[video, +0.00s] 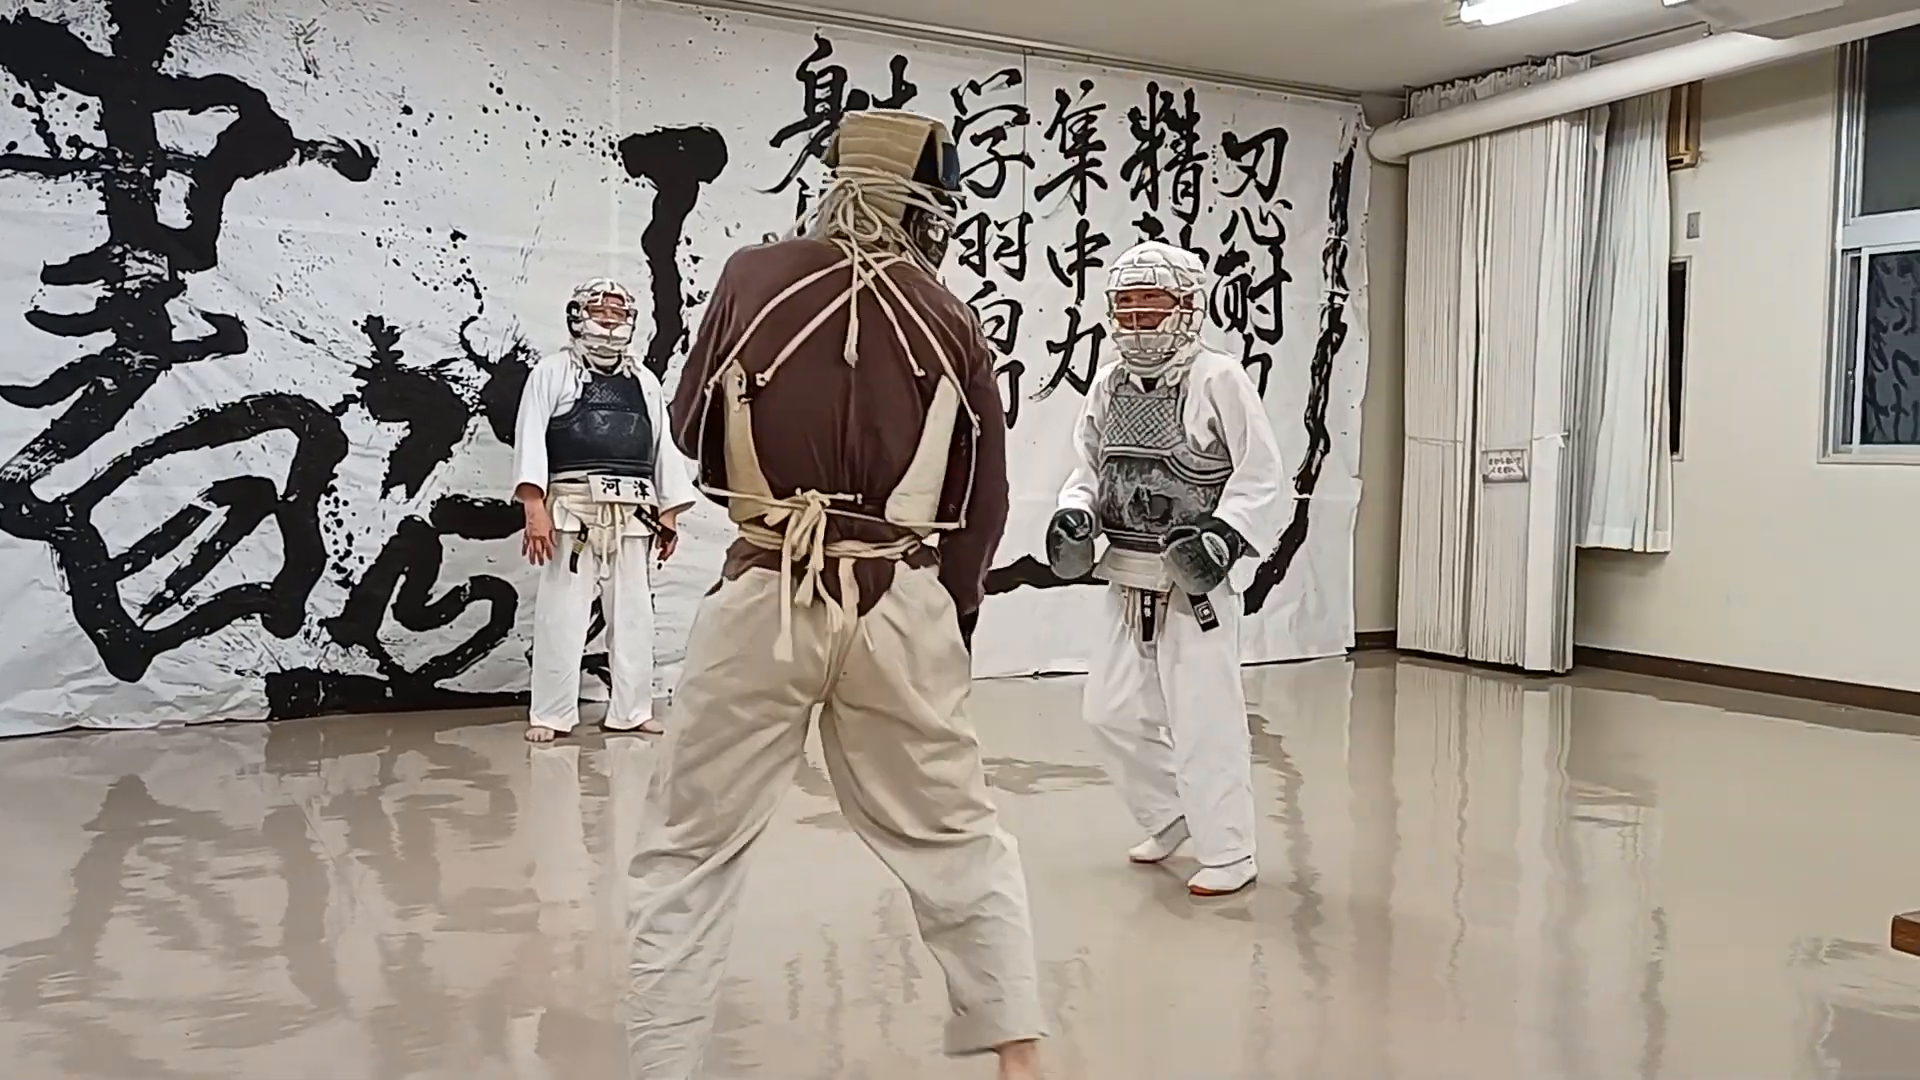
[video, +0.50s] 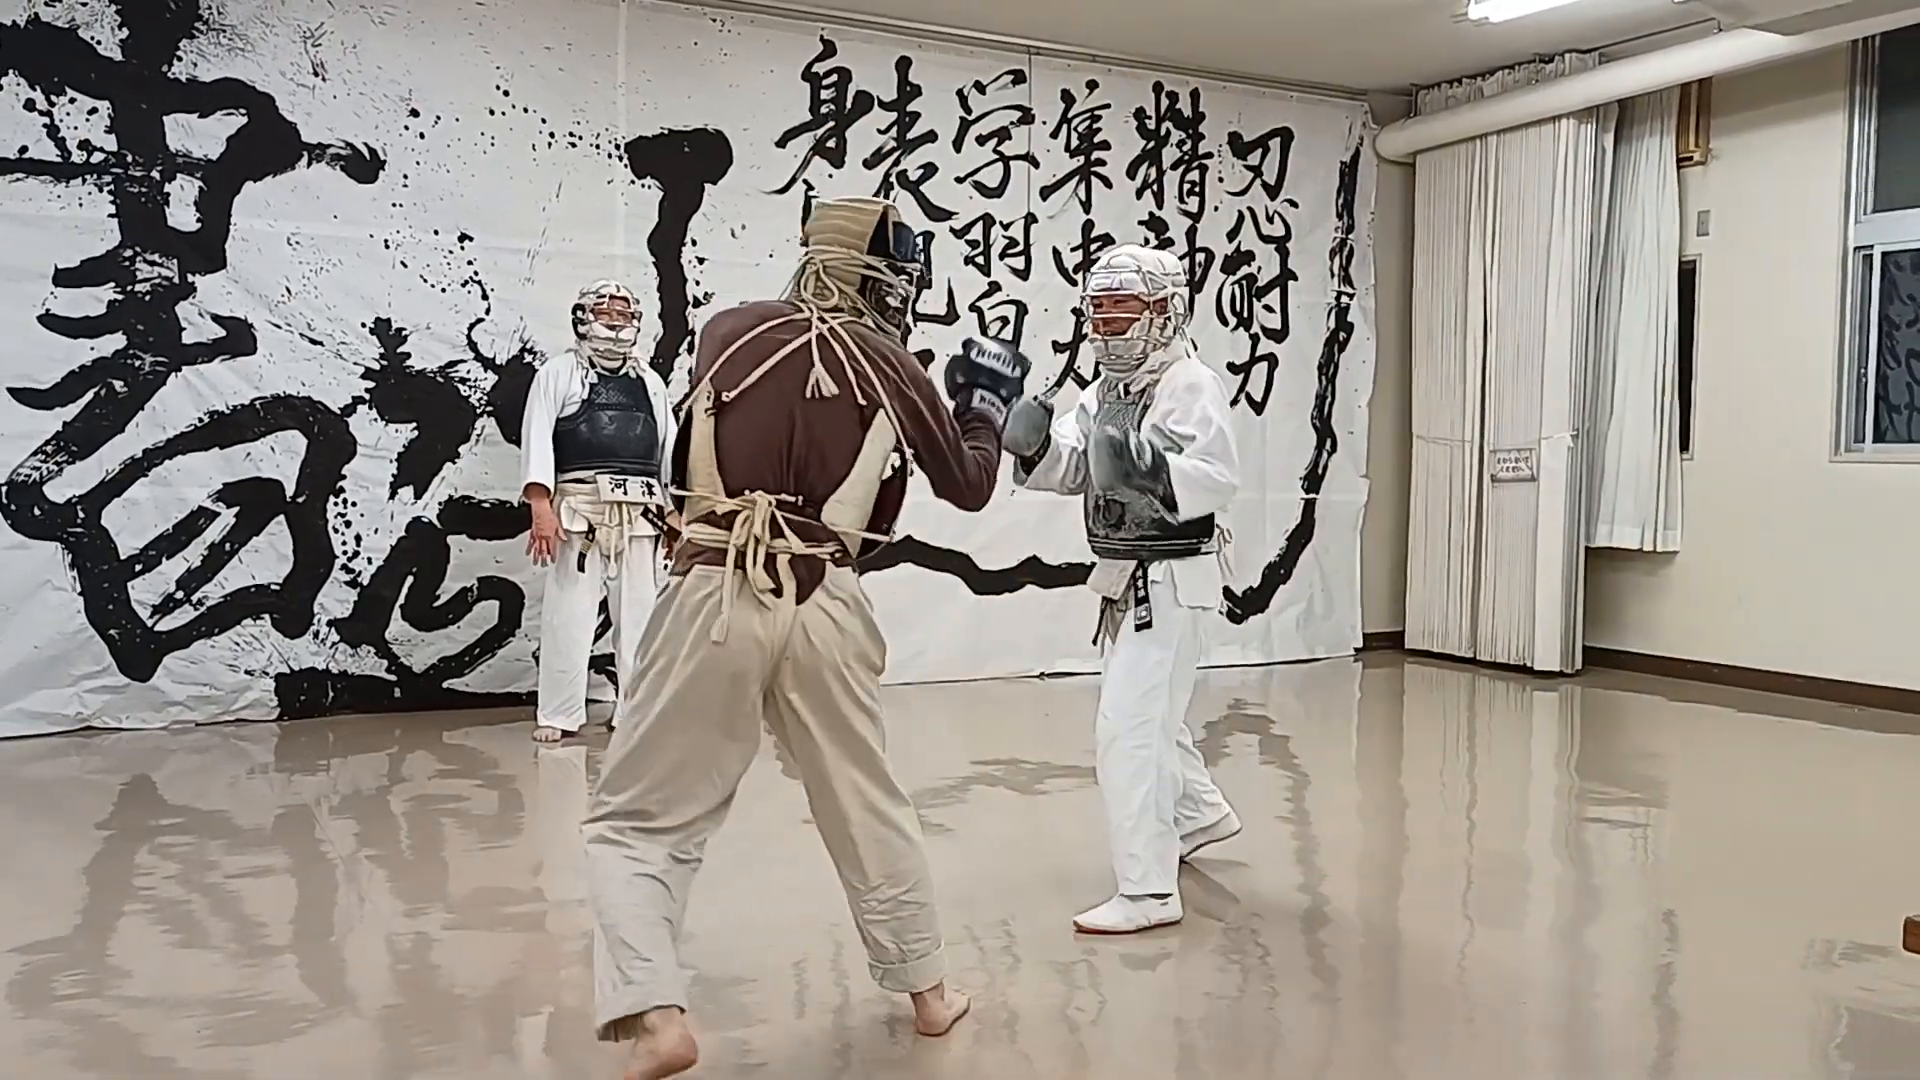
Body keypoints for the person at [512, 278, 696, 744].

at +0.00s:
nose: (610, 318)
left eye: (619, 312)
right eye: (600, 309)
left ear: (629, 322)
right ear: (579, 316)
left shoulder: (644, 379)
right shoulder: (552, 371)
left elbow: (664, 449)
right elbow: (530, 442)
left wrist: (668, 513)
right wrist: (535, 509)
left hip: (633, 511)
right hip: (568, 510)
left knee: (634, 617)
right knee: (560, 618)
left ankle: (631, 711)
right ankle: (550, 716)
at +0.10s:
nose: (609, 318)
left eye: (618, 312)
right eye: (599, 310)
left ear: (628, 322)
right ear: (578, 317)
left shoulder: (645, 381)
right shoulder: (551, 371)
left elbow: (661, 453)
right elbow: (530, 440)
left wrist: (667, 514)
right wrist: (533, 508)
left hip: (633, 512)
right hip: (567, 510)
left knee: (633, 618)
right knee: (560, 619)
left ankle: (630, 712)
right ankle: (550, 717)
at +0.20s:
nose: (609, 320)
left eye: (617, 313)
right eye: (599, 311)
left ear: (629, 323)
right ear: (578, 317)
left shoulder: (646, 382)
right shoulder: (551, 372)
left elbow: (655, 459)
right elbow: (530, 442)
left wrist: (668, 512)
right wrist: (533, 508)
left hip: (633, 514)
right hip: (568, 510)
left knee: (634, 619)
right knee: (561, 619)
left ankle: (629, 715)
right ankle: (551, 718)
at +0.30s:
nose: (611, 321)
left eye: (619, 314)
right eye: (601, 312)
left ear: (631, 325)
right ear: (579, 317)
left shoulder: (646, 381)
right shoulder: (553, 372)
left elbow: (660, 455)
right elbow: (532, 442)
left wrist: (669, 511)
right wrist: (534, 508)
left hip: (635, 514)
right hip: (570, 512)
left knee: (635, 620)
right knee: (562, 619)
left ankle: (629, 715)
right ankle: (553, 717)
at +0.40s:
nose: (616, 324)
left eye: (624, 318)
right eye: (606, 315)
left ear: (635, 326)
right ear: (585, 320)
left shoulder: (649, 381)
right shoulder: (558, 373)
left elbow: (670, 447)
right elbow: (537, 440)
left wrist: (675, 510)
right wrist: (539, 506)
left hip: (639, 512)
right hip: (574, 509)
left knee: (639, 616)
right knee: (567, 616)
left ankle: (635, 712)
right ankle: (558, 715)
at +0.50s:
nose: (614, 323)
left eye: (624, 316)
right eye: (604, 313)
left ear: (636, 325)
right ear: (583, 319)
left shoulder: (650, 381)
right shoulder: (558, 373)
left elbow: (665, 453)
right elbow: (536, 441)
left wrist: (671, 514)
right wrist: (541, 509)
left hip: (640, 515)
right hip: (576, 511)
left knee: (641, 622)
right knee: (568, 622)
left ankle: (636, 717)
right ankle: (559, 719)